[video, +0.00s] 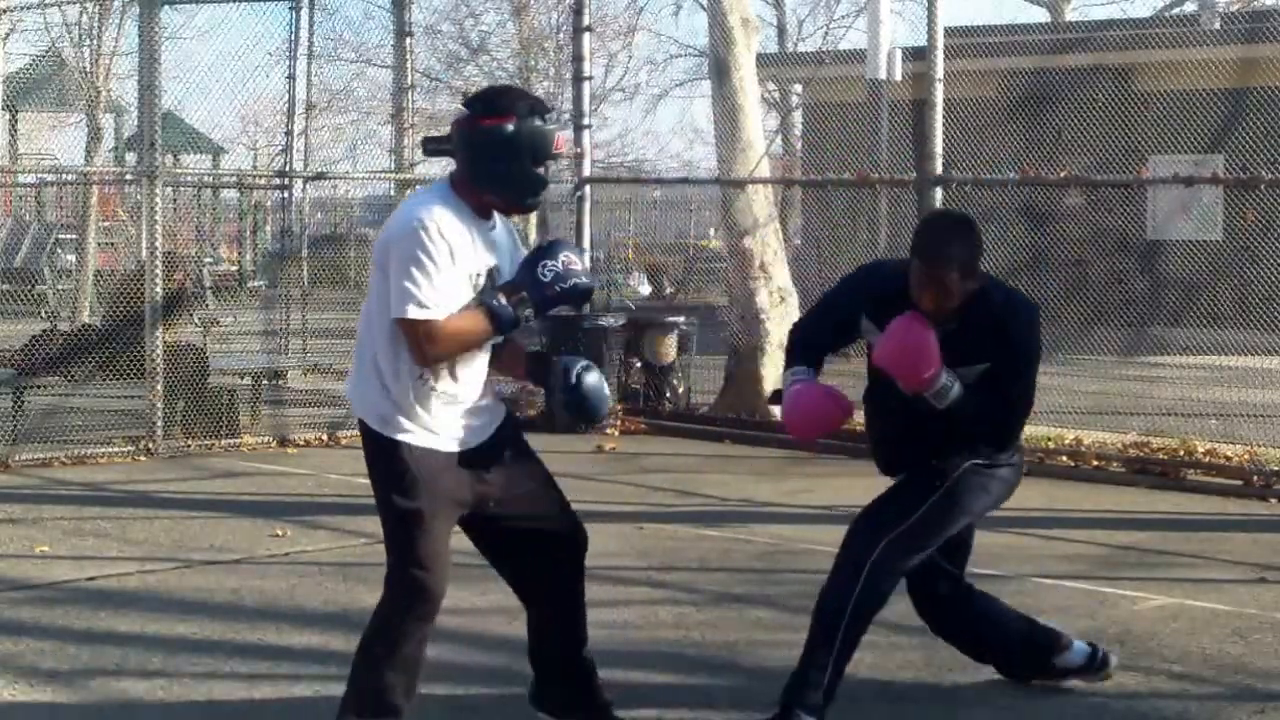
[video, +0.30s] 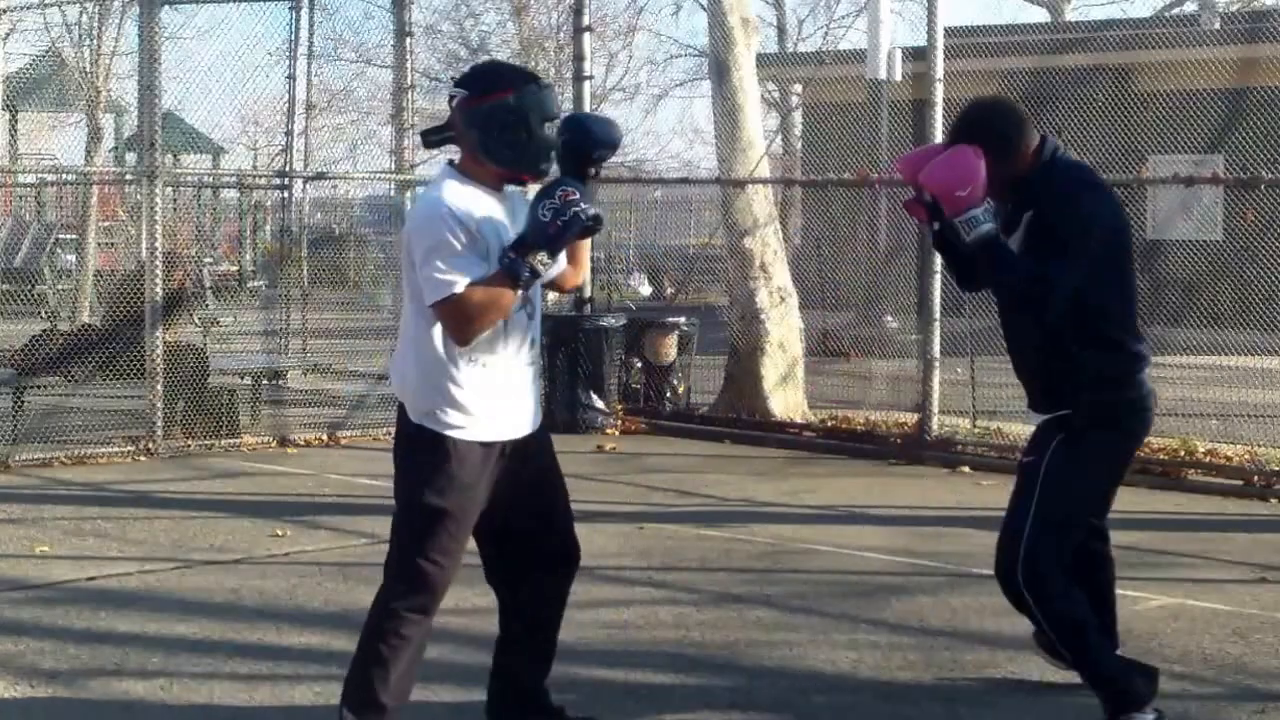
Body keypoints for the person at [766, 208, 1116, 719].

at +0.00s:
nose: (931, 302)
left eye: (945, 293)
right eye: (925, 287)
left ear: (973, 279)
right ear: (910, 266)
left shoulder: (1011, 316)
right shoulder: (877, 286)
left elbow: (1003, 429)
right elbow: (810, 333)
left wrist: (937, 386)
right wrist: (800, 383)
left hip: (983, 461)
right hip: (918, 462)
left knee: (871, 542)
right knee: (940, 598)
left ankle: (802, 706)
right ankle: (1068, 658)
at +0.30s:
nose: (980, 186)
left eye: (981, 173)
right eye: (973, 175)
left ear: (1011, 156)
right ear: (1018, 152)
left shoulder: (1075, 199)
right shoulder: (1024, 197)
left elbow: (1041, 299)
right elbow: (973, 275)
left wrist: (977, 233)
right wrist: (939, 221)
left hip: (1102, 412)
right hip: (1066, 410)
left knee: (1030, 565)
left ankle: (1126, 695)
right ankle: (1100, 662)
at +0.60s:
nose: (1045, 190)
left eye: (1047, 176)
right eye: (1038, 178)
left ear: (1080, 158)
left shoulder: (1153, 195)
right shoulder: (1091, 191)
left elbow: (1121, 298)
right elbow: (1043, 275)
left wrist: (1047, 232)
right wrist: (1003, 225)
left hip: (1178, 406)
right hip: (1158, 403)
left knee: (1084, 550)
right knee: (1162, 546)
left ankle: (1123, 709)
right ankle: (1266, 686)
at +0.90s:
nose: (1084, 181)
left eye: (1082, 167)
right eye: (1076, 170)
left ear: (1110, 145)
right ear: (1120, 138)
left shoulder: (1162, 178)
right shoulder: (1184, 167)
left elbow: (1129, 277)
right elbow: (1134, 273)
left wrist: (1068, 215)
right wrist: (1065, 225)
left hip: (1199, 404)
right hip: (1246, 402)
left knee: (1101, 562)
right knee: (1209, 559)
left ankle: (1112, 709)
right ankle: (1263, 701)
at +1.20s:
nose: (1080, 186)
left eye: (1081, 173)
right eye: (1074, 174)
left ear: (1114, 158)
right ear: (1124, 150)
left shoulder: (1177, 204)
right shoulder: (1174, 180)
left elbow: (1108, 297)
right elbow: (1080, 282)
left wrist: (1059, 210)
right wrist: (1036, 221)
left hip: (1205, 415)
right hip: (1248, 409)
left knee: (1117, 562)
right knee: (1220, 555)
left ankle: (1112, 707)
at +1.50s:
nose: (1226, 156)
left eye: (1231, 140)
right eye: (1223, 143)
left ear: (1262, 132)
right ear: (1263, 134)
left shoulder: (1272, 202)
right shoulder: (1265, 200)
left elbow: (1223, 276)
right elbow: (1221, 277)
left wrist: (1185, 195)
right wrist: (1169, 213)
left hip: (1255, 431)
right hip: (1254, 426)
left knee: (1162, 568)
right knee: (1164, 567)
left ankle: (1119, 707)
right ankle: (1122, 705)